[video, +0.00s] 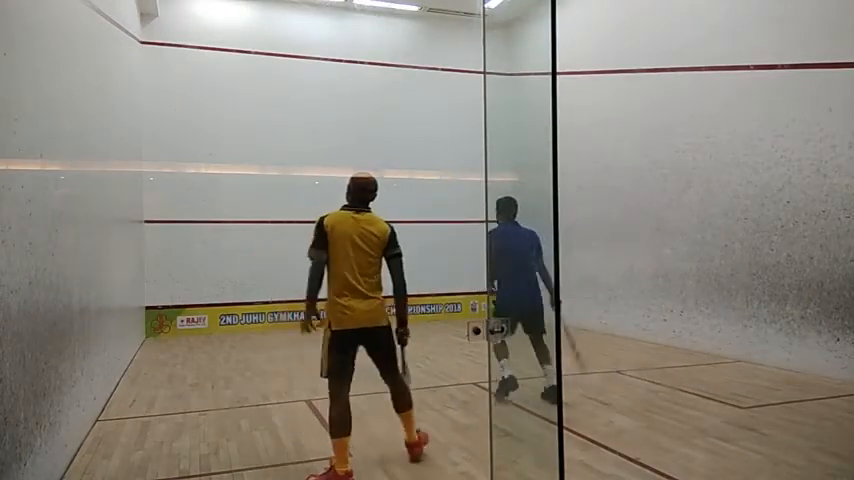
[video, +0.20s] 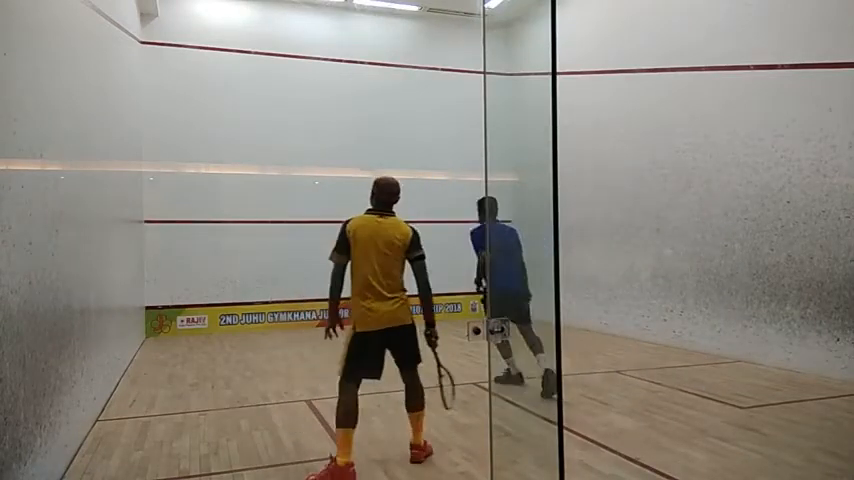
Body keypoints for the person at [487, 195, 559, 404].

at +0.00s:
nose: (496, 215)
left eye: (497, 212)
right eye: (498, 212)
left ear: (499, 214)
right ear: (516, 213)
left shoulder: (493, 237)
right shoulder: (531, 236)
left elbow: (491, 270)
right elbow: (542, 269)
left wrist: (490, 290)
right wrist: (553, 293)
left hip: (506, 298)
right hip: (531, 298)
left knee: (496, 334)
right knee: (537, 339)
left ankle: (507, 374)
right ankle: (552, 384)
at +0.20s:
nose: (479, 215)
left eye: (479, 212)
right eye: (481, 211)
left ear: (479, 212)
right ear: (496, 211)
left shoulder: (477, 233)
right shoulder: (511, 232)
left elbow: (484, 258)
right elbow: (520, 264)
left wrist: (479, 279)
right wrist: (525, 290)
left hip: (496, 293)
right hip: (518, 291)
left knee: (497, 333)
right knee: (527, 331)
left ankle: (513, 371)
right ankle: (545, 368)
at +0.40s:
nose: (457, 221)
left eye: (457, 218)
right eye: (458, 218)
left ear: (458, 219)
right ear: (474, 217)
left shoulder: (459, 240)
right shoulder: (488, 235)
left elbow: (462, 269)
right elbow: (505, 262)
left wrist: (454, 281)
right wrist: (501, 285)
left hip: (480, 295)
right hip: (497, 292)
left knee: (490, 338)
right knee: (502, 330)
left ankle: (514, 370)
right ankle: (525, 355)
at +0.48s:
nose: (445, 218)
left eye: (445, 215)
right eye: (447, 215)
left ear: (446, 216)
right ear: (463, 214)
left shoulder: (447, 235)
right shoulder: (476, 231)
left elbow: (448, 263)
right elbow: (492, 254)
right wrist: (490, 278)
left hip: (465, 287)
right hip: (484, 285)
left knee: (480, 325)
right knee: (487, 323)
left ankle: (503, 363)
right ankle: (498, 361)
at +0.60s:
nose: (432, 215)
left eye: (433, 212)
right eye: (433, 212)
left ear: (435, 213)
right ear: (450, 213)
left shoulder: (435, 233)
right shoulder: (462, 230)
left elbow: (440, 261)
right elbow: (479, 252)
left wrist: (428, 271)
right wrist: (475, 272)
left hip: (453, 287)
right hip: (469, 285)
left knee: (467, 325)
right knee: (464, 322)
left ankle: (501, 360)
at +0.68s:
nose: (422, 224)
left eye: (423, 221)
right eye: (422, 221)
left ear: (426, 221)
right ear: (437, 221)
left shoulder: (425, 243)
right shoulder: (447, 240)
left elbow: (458, 263)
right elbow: (460, 263)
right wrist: (451, 280)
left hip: (442, 291)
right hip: (450, 289)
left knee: (447, 329)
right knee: (441, 326)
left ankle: (485, 354)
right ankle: (452, 361)